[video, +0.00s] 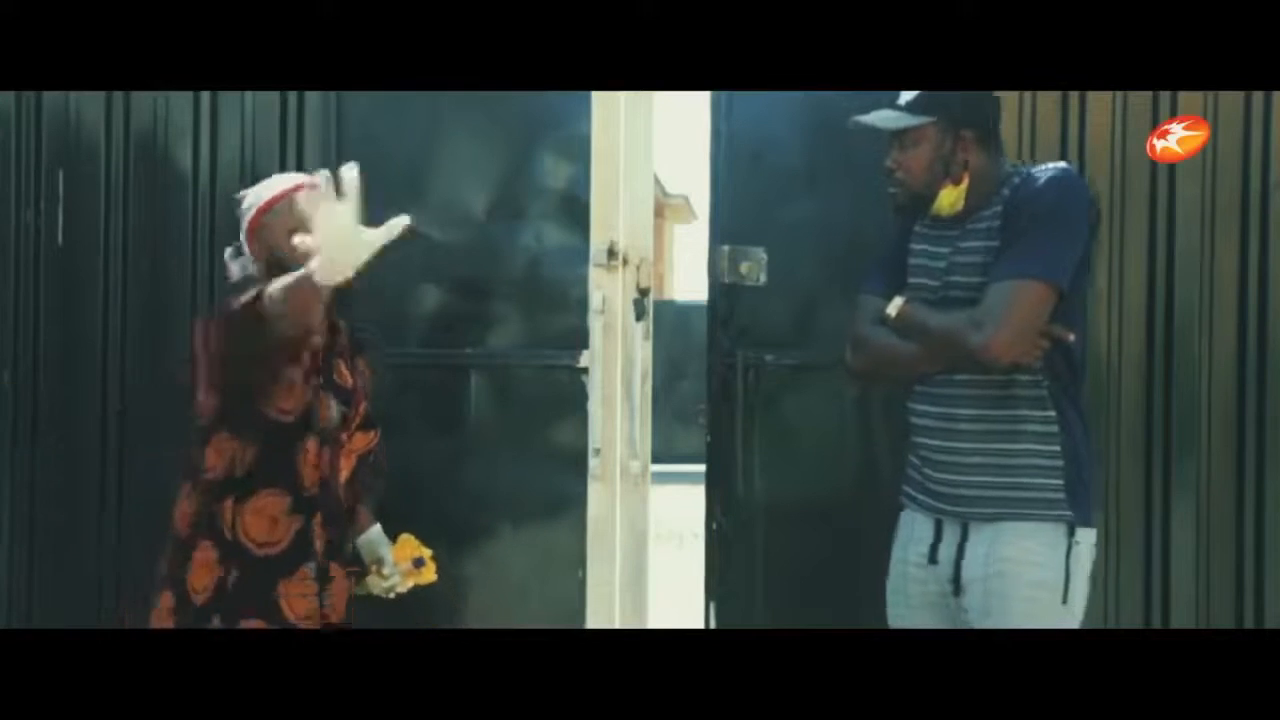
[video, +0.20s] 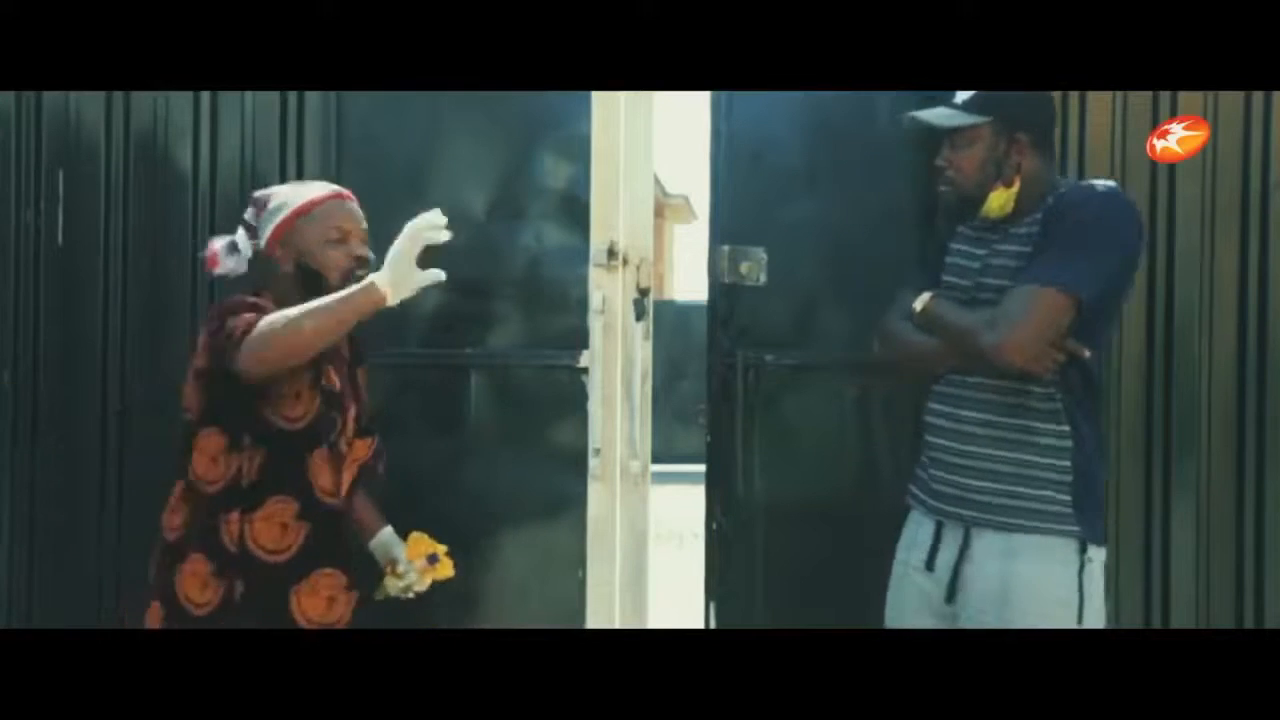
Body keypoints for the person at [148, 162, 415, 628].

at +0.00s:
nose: (313, 241)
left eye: (319, 227)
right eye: (296, 229)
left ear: (332, 231)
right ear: (260, 245)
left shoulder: (343, 347)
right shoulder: (237, 324)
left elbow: (343, 469)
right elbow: (278, 311)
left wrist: (375, 546)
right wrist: (320, 273)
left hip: (315, 554)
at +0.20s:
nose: (361, 254)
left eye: (364, 240)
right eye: (338, 241)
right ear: (283, 254)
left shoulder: (339, 340)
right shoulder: (239, 317)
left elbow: (341, 470)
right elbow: (255, 358)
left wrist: (388, 547)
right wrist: (380, 290)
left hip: (315, 587)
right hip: (223, 589)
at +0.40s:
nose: (373, 285)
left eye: (376, 272)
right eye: (350, 272)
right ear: (295, 281)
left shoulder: (344, 373)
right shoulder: (231, 357)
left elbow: (335, 502)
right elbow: (185, 448)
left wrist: (361, 570)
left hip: (312, 606)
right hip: (217, 605)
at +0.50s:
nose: (358, 290)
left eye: (364, 276)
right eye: (336, 277)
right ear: (282, 288)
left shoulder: (342, 383)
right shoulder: (225, 369)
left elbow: (332, 504)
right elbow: (152, 477)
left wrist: (360, 564)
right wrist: (260, 465)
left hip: (309, 612)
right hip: (207, 612)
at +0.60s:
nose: (331, 292)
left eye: (346, 278)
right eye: (309, 277)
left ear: (360, 289)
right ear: (267, 286)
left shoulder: (340, 384)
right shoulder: (207, 373)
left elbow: (334, 502)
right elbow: (133, 476)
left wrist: (368, 573)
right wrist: (214, 473)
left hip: (294, 611)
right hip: (192, 612)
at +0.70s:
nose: (310, 291)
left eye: (327, 276)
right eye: (288, 275)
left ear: (345, 287)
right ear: (255, 286)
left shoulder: (340, 380)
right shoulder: (199, 368)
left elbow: (340, 502)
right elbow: (112, 474)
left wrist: (375, 582)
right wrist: (177, 467)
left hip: (298, 611)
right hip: (192, 609)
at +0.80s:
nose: (292, 290)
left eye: (310, 275)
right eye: (270, 274)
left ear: (329, 286)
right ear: (238, 285)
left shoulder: (335, 377)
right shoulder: (192, 369)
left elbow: (344, 496)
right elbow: (95, 473)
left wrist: (380, 577)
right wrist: (154, 454)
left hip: (290, 612)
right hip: (181, 611)